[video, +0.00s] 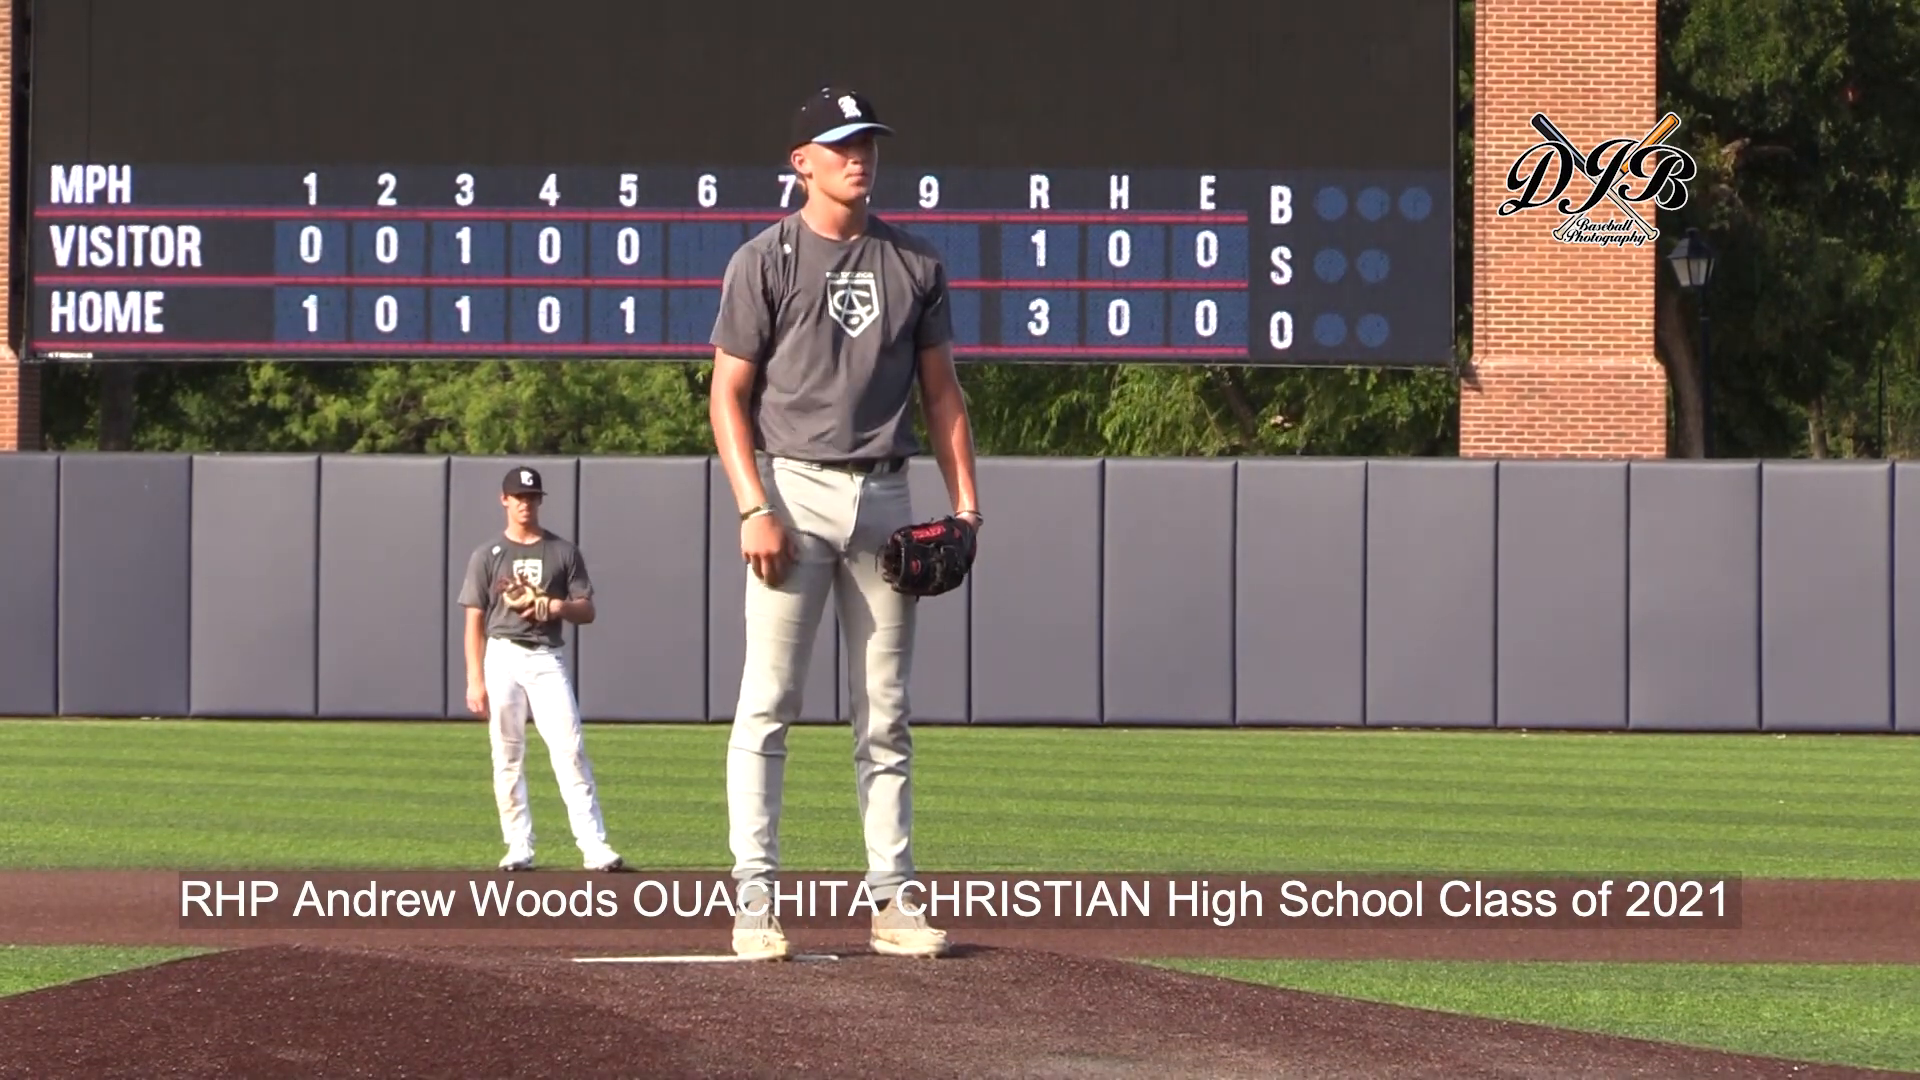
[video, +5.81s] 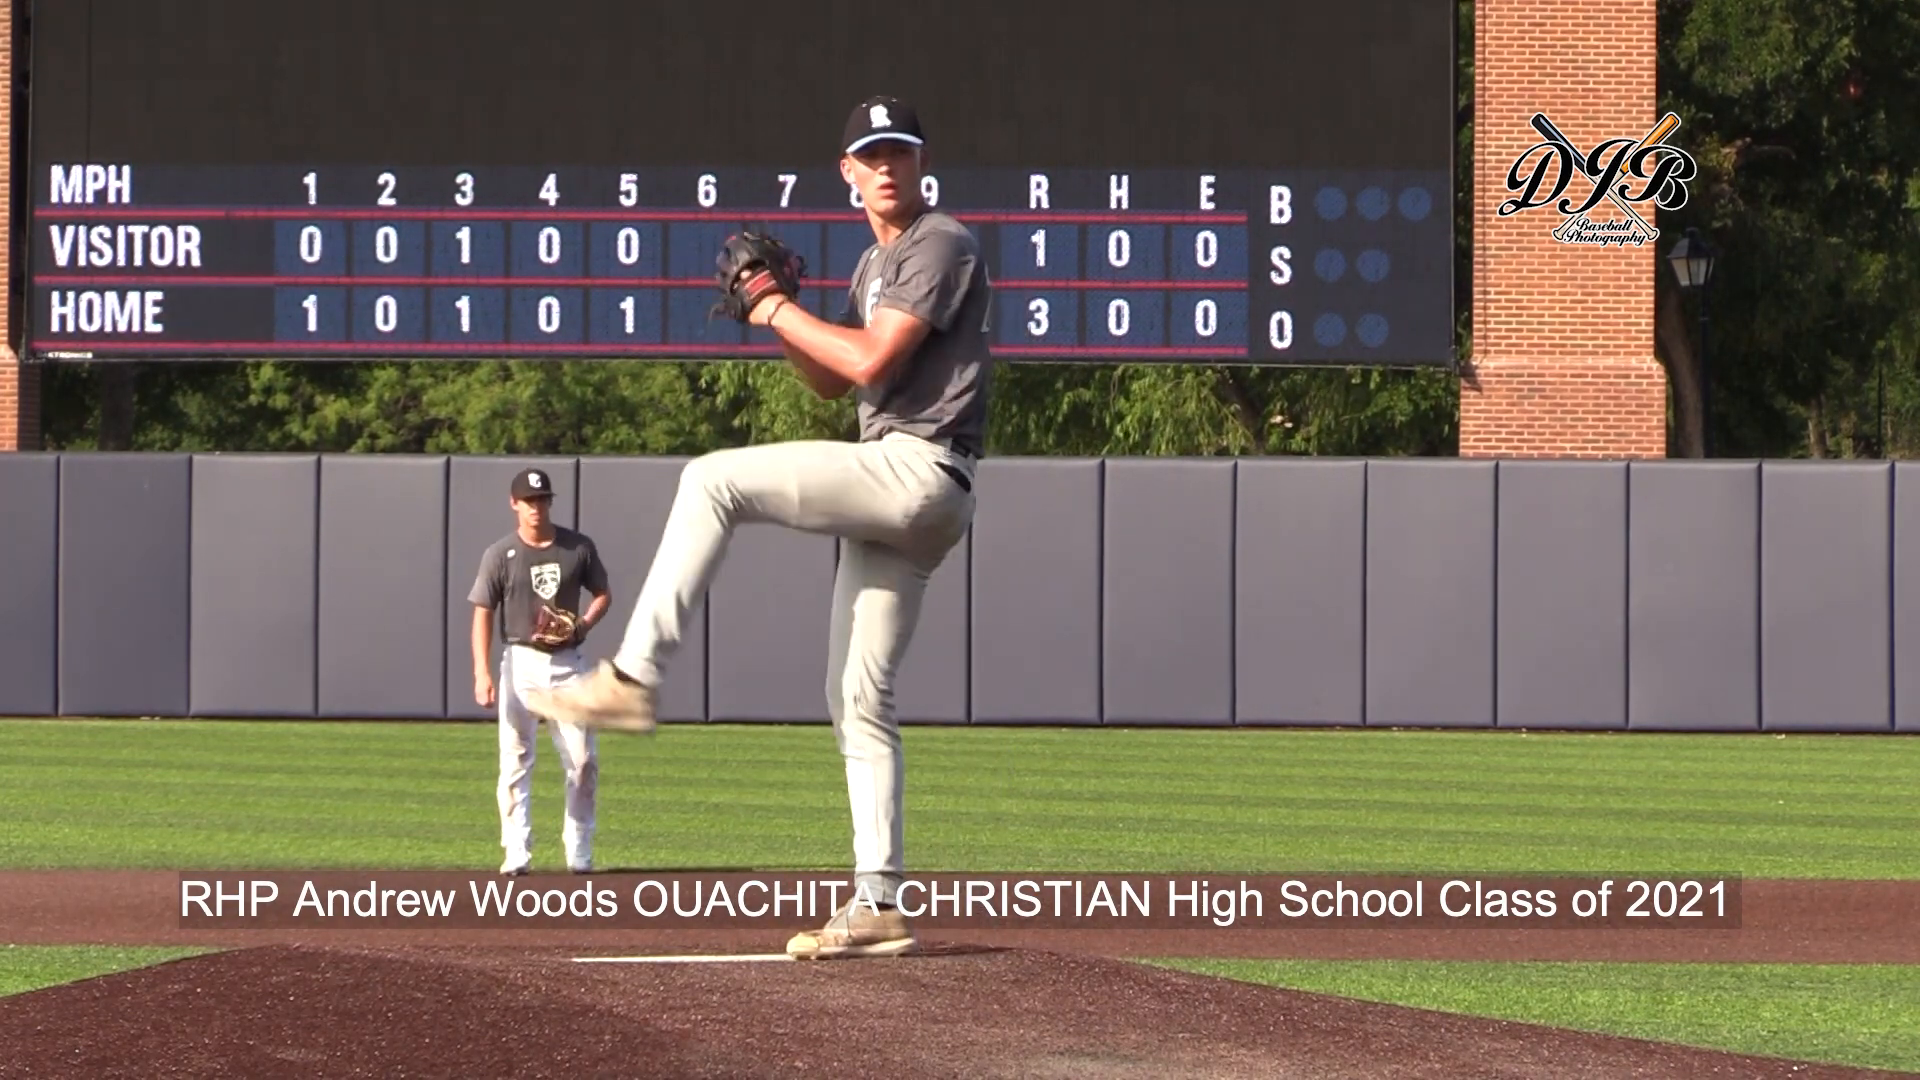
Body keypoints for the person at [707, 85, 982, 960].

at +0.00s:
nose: (860, 161)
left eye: (868, 148)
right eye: (843, 149)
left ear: (877, 160)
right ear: (803, 162)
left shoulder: (914, 266)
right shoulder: (763, 261)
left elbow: (943, 393)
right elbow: (727, 396)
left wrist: (965, 504)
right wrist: (755, 507)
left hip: (886, 496)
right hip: (790, 493)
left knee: (886, 713)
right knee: (768, 705)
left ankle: (893, 898)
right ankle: (756, 895)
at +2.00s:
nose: (853, 157)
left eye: (860, 143)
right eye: (836, 145)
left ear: (871, 157)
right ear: (798, 160)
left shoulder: (913, 268)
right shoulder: (758, 269)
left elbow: (944, 395)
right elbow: (733, 407)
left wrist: (965, 509)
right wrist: (744, 523)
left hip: (888, 496)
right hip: (792, 493)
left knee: (887, 712)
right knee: (769, 704)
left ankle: (893, 897)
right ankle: (756, 895)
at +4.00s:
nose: (845, 160)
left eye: (853, 146)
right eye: (826, 148)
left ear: (867, 158)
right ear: (791, 163)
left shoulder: (914, 258)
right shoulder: (752, 269)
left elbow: (944, 389)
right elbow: (729, 399)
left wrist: (889, 477)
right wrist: (797, 460)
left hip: (884, 507)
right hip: (785, 509)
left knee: (913, 709)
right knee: (769, 705)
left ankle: (964, 902)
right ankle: (755, 902)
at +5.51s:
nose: (901, 165)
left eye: (911, 150)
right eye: (884, 153)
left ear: (930, 160)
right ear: (857, 167)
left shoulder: (953, 244)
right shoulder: (858, 263)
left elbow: (932, 383)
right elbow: (846, 381)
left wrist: (817, 423)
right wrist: (784, 405)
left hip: (930, 486)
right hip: (867, 490)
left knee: (870, 686)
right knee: (851, 697)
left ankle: (940, 882)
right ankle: (880, 898)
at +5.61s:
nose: (895, 165)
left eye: (906, 150)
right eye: (879, 153)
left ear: (926, 160)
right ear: (853, 166)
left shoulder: (948, 243)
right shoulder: (865, 261)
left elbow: (914, 378)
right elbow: (849, 368)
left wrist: (796, 391)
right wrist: (780, 368)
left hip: (925, 479)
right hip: (873, 479)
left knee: (797, 630)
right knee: (868, 696)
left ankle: (872, 829)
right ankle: (874, 908)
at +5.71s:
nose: (889, 168)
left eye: (902, 153)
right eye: (873, 155)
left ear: (925, 162)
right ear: (851, 170)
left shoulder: (946, 242)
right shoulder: (869, 264)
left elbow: (893, 371)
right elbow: (853, 387)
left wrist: (778, 343)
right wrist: (779, 342)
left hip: (920, 475)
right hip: (885, 476)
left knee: (741, 557)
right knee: (863, 704)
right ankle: (882, 906)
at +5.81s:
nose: (886, 173)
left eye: (899, 157)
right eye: (870, 160)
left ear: (924, 166)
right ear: (850, 174)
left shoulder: (943, 242)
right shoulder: (875, 263)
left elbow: (871, 360)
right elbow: (839, 380)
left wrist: (773, 303)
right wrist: (778, 309)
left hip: (918, 473)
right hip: (894, 477)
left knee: (713, 481)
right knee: (864, 702)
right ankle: (879, 907)